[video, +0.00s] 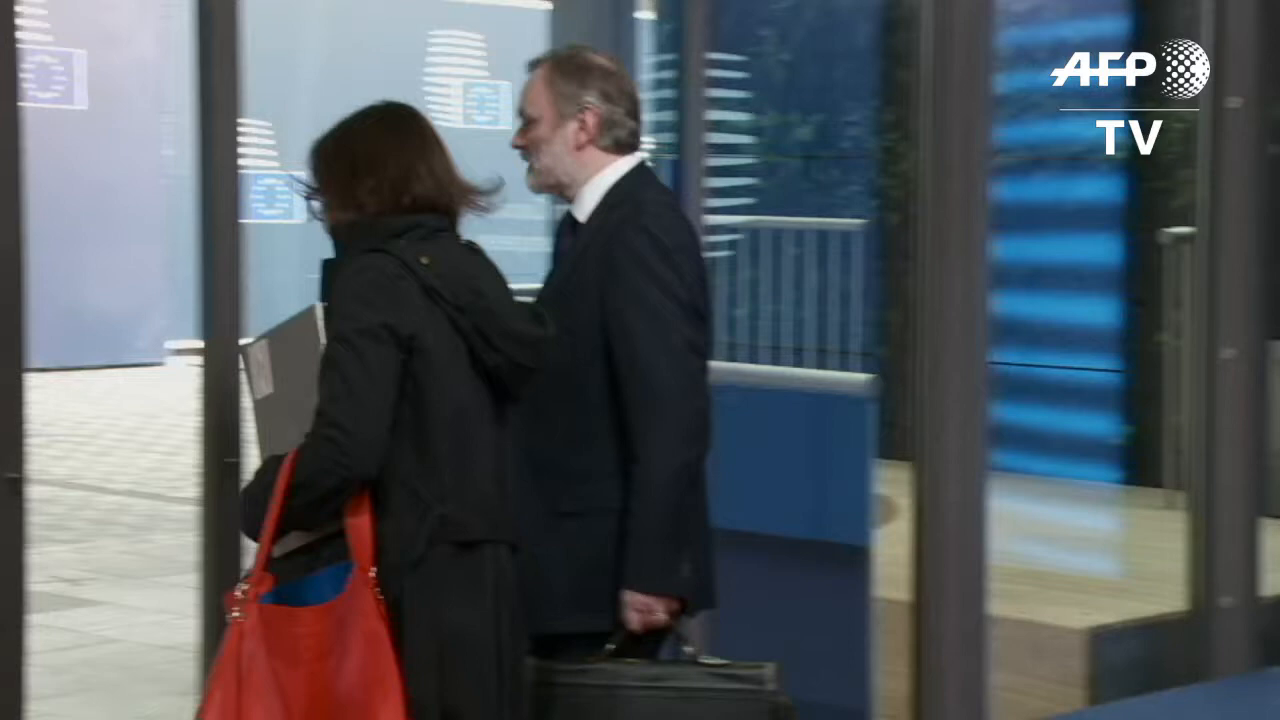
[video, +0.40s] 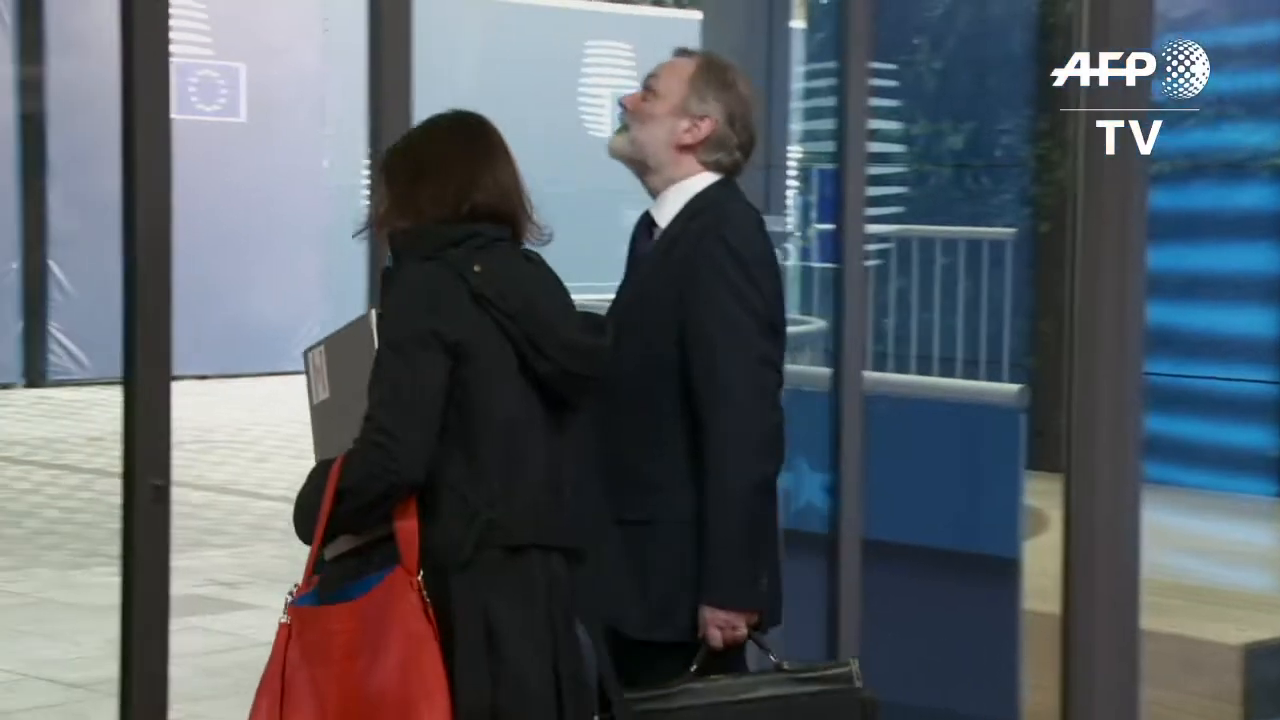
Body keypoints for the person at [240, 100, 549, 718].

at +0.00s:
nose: (323, 210)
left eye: (328, 192)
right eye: (321, 193)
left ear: (360, 189)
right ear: (427, 178)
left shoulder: (369, 276)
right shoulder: (470, 269)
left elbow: (351, 445)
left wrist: (265, 500)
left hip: (415, 588)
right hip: (483, 576)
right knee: (478, 703)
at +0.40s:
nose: (383, 212)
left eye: (389, 192)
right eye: (383, 192)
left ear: (418, 193)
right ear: (496, 186)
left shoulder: (424, 282)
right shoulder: (535, 281)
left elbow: (399, 452)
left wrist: (319, 497)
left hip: (474, 587)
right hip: (550, 576)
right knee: (548, 701)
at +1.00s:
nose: (472, 217)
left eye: (480, 199)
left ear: (498, 200)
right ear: (586, 195)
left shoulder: (498, 295)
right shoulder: (624, 294)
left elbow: (459, 462)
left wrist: (408, 521)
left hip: (548, 591)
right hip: (637, 584)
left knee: (554, 706)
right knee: (636, 704)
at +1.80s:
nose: (547, 220)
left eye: (553, 205)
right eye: (548, 205)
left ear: (588, 211)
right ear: (649, 207)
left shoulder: (576, 300)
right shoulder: (694, 302)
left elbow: (548, 468)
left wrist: (486, 512)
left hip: (627, 594)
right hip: (712, 587)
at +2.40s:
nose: (500, 223)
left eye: (505, 208)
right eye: (501, 208)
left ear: (540, 213)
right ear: (598, 210)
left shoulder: (546, 301)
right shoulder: (625, 298)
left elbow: (535, 450)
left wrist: (457, 495)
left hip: (575, 596)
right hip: (639, 590)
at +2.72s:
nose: (430, 219)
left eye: (436, 205)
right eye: (433, 203)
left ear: (454, 213)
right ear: (518, 203)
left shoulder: (491, 297)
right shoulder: (533, 281)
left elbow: (515, 445)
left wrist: (419, 502)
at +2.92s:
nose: (390, 236)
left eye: (398, 221)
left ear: (416, 229)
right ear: (480, 222)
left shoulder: (441, 310)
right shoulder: (507, 298)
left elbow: (463, 447)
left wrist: (380, 507)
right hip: (548, 551)